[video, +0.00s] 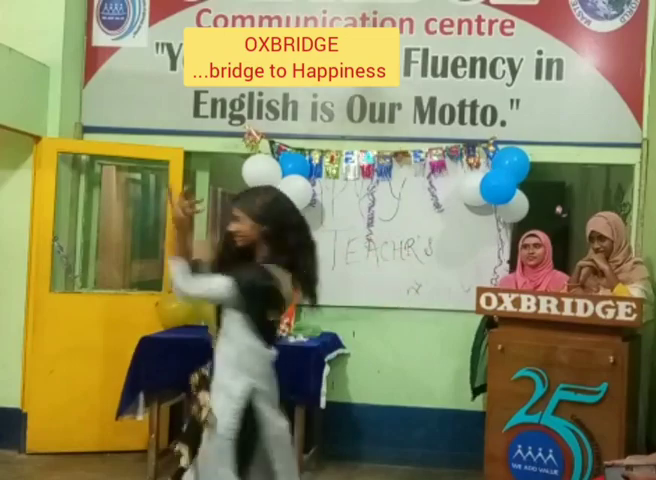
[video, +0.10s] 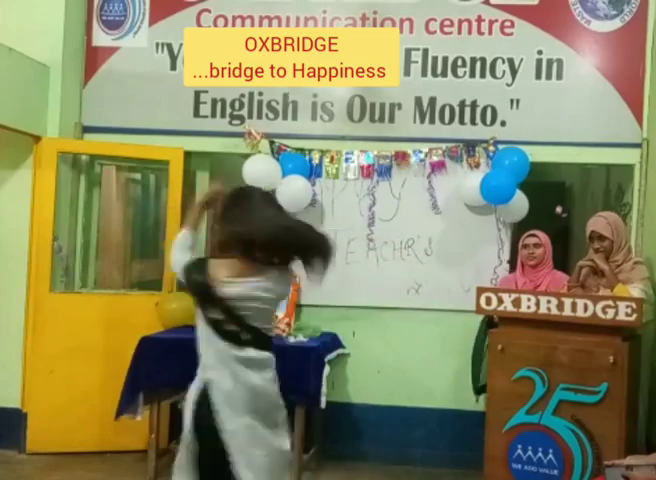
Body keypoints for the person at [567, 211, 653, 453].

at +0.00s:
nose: (596, 245)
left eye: (602, 239)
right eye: (592, 239)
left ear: (617, 238)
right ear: (588, 241)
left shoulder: (635, 267)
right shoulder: (585, 266)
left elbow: (635, 303)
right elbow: (570, 303)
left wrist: (608, 273)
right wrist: (577, 279)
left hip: (622, 341)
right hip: (587, 340)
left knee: (620, 402)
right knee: (587, 402)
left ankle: (619, 457)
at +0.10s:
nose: (596, 245)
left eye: (602, 239)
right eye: (592, 239)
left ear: (617, 238)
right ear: (588, 241)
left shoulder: (635, 267)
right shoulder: (585, 266)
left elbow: (635, 303)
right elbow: (570, 303)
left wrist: (608, 273)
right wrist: (577, 279)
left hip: (622, 341)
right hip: (587, 340)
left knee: (620, 402)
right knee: (587, 402)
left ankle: (619, 457)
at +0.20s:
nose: (596, 245)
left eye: (602, 239)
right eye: (592, 240)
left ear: (617, 238)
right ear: (588, 241)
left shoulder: (635, 267)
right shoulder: (585, 267)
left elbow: (635, 304)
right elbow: (570, 304)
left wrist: (608, 273)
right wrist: (577, 280)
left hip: (622, 341)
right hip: (587, 339)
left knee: (620, 402)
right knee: (588, 403)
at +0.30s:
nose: (596, 245)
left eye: (602, 239)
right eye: (592, 239)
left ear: (617, 238)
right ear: (588, 241)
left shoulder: (635, 267)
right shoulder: (585, 267)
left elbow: (635, 303)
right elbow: (570, 303)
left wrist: (607, 273)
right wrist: (577, 279)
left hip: (622, 341)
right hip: (587, 340)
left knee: (620, 402)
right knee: (587, 402)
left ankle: (620, 457)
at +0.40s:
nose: (596, 245)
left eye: (602, 239)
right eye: (592, 239)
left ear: (617, 238)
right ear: (588, 241)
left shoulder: (635, 267)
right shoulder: (585, 267)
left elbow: (635, 303)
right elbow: (570, 303)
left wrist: (607, 273)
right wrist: (577, 279)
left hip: (622, 341)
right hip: (587, 340)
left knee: (620, 402)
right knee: (587, 402)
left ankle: (620, 457)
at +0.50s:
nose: (596, 245)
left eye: (602, 239)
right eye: (592, 239)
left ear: (617, 238)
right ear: (588, 241)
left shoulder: (635, 267)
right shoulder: (585, 266)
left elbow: (636, 303)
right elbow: (571, 301)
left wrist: (608, 273)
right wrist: (578, 278)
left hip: (623, 340)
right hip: (588, 339)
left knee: (622, 399)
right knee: (589, 399)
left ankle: (622, 455)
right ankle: (586, 453)